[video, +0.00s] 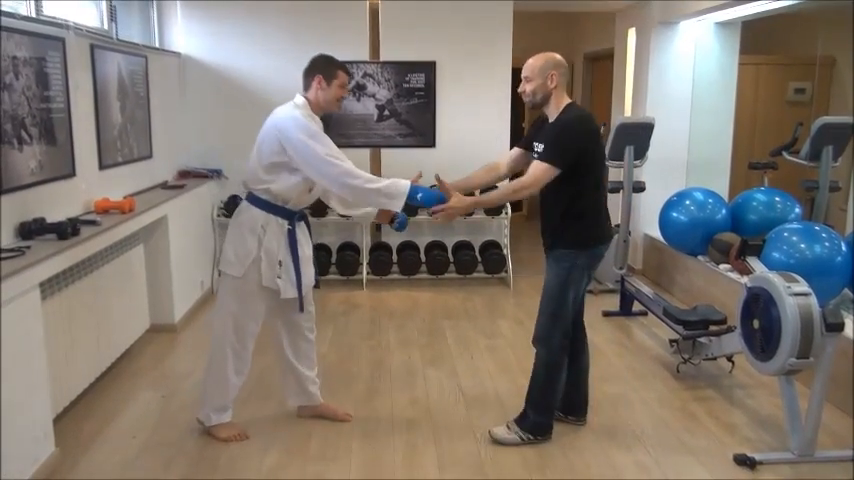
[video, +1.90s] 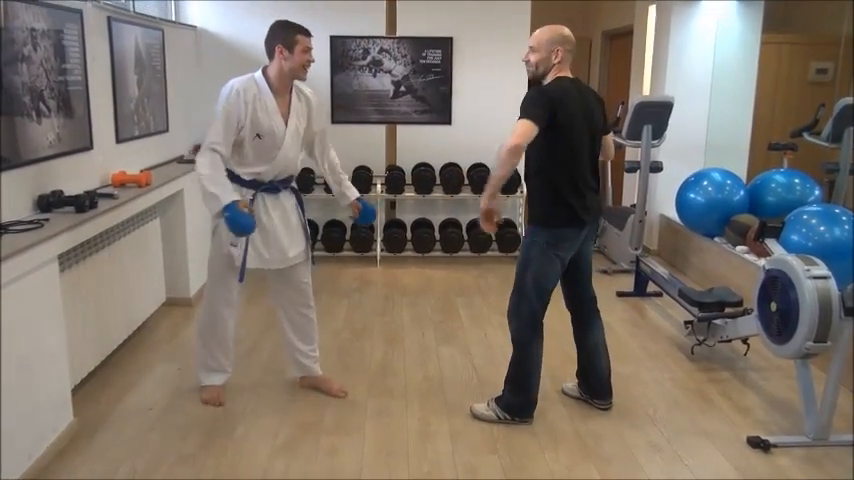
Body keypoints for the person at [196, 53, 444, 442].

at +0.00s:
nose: (344, 97)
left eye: (346, 90)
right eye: (341, 88)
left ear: (319, 86)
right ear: (318, 83)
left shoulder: (309, 125)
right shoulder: (291, 121)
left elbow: (334, 191)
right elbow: (341, 177)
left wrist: (379, 211)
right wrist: (410, 191)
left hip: (290, 230)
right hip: (257, 226)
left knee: (299, 316)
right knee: (238, 322)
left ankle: (309, 400)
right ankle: (214, 415)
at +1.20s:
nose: (333, 40)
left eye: (332, 33)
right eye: (326, 32)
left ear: (311, 39)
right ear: (301, 37)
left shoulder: (321, 87)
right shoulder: (273, 79)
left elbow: (346, 143)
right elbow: (299, 143)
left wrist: (380, 186)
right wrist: (362, 170)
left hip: (300, 189)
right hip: (258, 187)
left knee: (308, 276)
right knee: (237, 278)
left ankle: (317, 360)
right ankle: (210, 366)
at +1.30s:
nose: (321, 40)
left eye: (319, 34)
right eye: (314, 34)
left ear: (299, 39)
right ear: (290, 37)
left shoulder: (310, 87)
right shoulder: (259, 80)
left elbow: (331, 148)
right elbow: (268, 149)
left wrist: (354, 199)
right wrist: (325, 186)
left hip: (298, 191)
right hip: (256, 191)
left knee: (307, 278)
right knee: (234, 277)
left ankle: (318, 361)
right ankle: (212, 366)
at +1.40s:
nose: (311, 42)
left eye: (309, 36)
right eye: (304, 35)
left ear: (284, 41)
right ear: (279, 40)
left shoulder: (303, 90)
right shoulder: (245, 85)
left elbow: (309, 153)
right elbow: (244, 155)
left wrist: (316, 205)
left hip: (290, 193)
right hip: (247, 195)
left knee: (306, 281)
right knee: (229, 285)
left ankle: (319, 363)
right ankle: (212, 369)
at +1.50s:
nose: (302, 47)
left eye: (301, 40)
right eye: (296, 40)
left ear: (276, 45)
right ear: (271, 44)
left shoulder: (293, 92)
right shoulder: (235, 89)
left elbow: (282, 154)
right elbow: (218, 157)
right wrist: (211, 221)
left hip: (281, 196)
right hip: (239, 197)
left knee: (303, 284)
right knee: (225, 289)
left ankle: (318, 365)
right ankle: (211, 371)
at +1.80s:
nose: (304, 55)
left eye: (304, 48)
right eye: (298, 48)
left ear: (280, 51)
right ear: (273, 50)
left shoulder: (296, 95)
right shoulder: (233, 92)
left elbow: (307, 152)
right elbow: (196, 152)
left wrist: (325, 196)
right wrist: (194, 207)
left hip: (281, 201)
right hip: (236, 201)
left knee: (297, 286)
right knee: (221, 291)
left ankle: (307, 369)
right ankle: (213, 376)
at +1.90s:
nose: (312, 60)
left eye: (312, 53)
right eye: (306, 52)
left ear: (292, 55)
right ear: (280, 52)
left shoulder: (309, 100)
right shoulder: (240, 92)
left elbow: (324, 155)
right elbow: (210, 155)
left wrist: (353, 197)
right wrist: (228, 203)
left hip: (283, 202)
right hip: (238, 200)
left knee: (298, 289)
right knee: (223, 291)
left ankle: (310, 371)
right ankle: (213, 377)